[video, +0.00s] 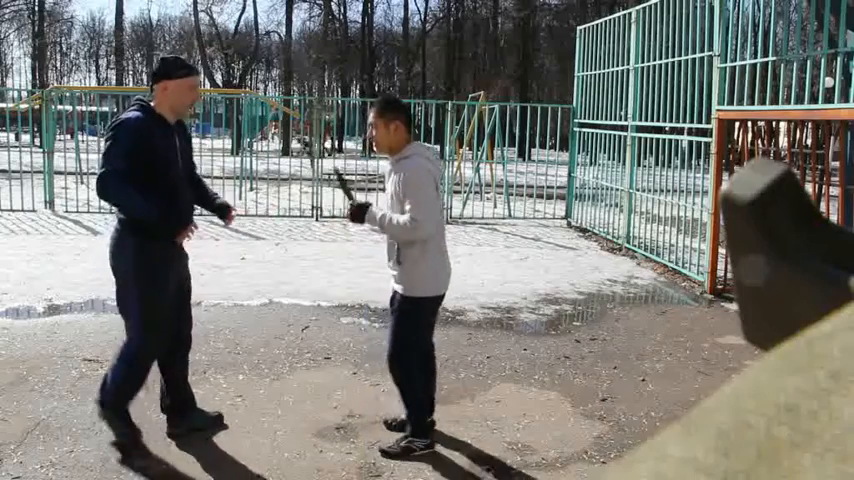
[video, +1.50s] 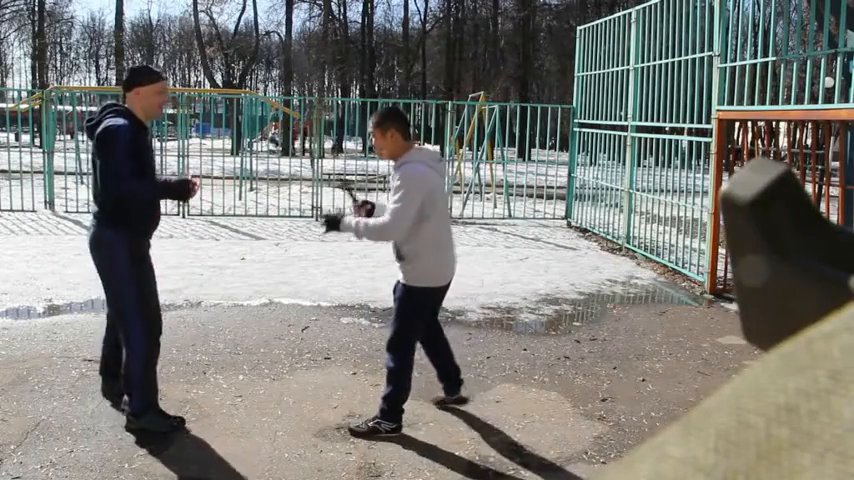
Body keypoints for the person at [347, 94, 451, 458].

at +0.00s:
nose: (371, 135)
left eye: (374, 127)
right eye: (370, 128)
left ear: (396, 127)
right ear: (395, 128)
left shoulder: (414, 167)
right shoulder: (403, 163)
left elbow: (420, 226)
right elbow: (405, 217)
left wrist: (371, 216)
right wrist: (371, 212)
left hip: (420, 284)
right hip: (414, 280)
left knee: (401, 357)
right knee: (415, 350)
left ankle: (420, 435)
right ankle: (419, 417)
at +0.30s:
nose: (379, 137)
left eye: (382, 129)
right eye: (378, 129)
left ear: (402, 127)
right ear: (401, 128)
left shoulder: (422, 171)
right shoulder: (423, 164)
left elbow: (411, 234)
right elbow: (416, 226)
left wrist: (371, 232)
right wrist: (377, 228)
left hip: (433, 282)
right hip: (436, 277)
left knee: (416, 355)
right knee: (432, 343)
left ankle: (422, 436)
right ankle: (443, 405)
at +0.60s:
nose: (398, 141)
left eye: (401, 133)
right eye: (398, 134)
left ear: (422, 133)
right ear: (424, 134)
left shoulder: (433, 176)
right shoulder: (450, 167)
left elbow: (430, 235)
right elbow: (439, 224)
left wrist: (388, 234)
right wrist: (398, 226)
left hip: (437, 285)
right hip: (458, 280)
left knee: (412, 358)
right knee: (458, 344)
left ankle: (421, 436)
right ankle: (475, 409)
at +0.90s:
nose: (408, 141)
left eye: (411, 133)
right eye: (408, 134)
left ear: (430, 132)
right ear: (435, 132)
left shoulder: (442, 171)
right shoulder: (462, 161)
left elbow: (450, 227)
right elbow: (442, 207)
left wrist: (405, 213)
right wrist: (408, 202)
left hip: (448, 279)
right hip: (473, 274)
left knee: (413, 347)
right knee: (473, 342)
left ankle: (401, 421)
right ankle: (479, 413)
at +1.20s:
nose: (389, 145)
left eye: (392, 138)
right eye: (388, 138)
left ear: (410, 136)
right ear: (412, 136)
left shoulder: (425, 176)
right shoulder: (436, 165)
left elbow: (434, 233)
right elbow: (425, 214)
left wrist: (384, 227)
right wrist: (390, 210)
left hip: (431, 281)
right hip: (451, 277)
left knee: (406, 351)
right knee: (454, 342)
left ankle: (390, 419)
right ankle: (476, 408)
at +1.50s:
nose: (374, 144)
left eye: (376, 137)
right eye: (373, 137)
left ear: (394, 135)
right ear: (398, 135)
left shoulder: (411, 173)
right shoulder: (423, 163)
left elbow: (392, 228)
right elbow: (412, 213)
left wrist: (346, 224)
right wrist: (376, 210)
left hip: (421, 276)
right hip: (436, 271)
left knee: (399, 346)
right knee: (428, 329)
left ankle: (389, 418)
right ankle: (453, 388)